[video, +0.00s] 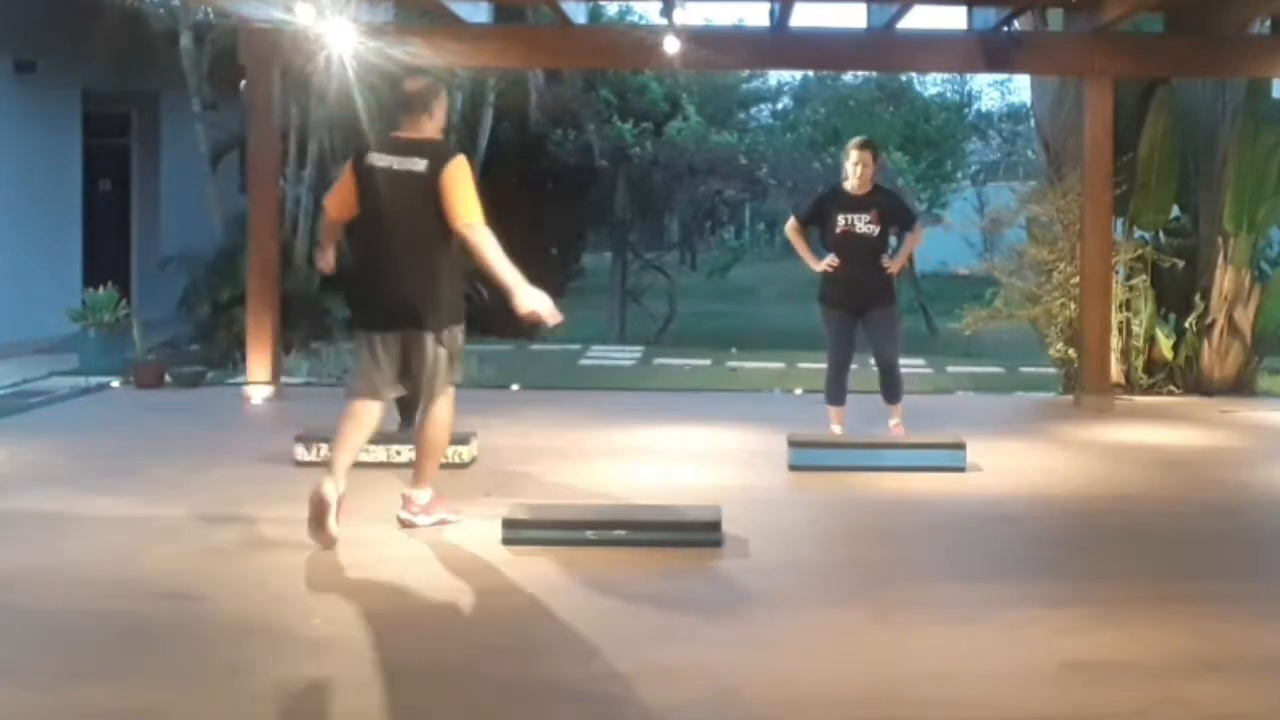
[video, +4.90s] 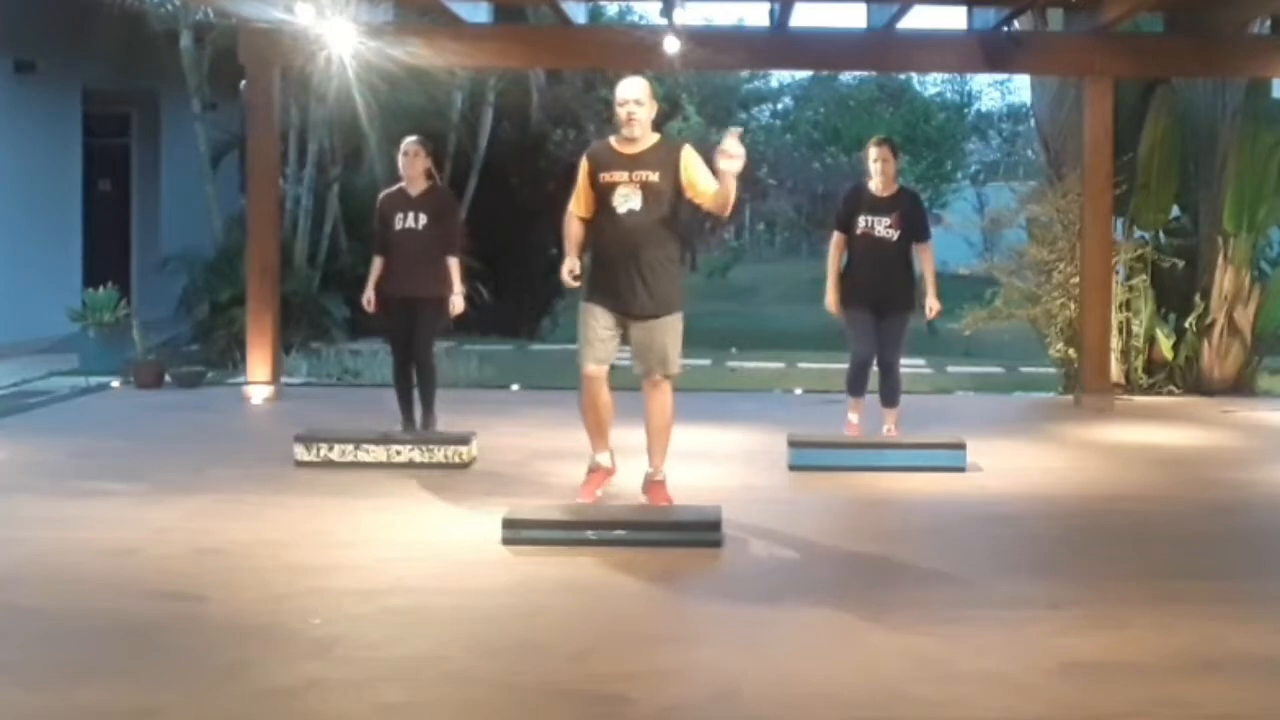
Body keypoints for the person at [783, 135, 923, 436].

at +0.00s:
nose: (859, 171)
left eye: (865, 165)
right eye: (854, 164)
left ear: (875, 167)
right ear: (846, 165)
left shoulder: (886, 199)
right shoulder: (828, 199)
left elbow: (915, 228)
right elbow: (792, 227)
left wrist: (901, 259)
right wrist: (814, 261)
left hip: (877, 286)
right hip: (839, 286)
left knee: (887, 357)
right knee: (839, 357)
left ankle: (896, 420)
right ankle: (837, 426)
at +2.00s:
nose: (874, 160)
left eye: (879, 155)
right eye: (869, 155)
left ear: (888, 159)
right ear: (860, 159)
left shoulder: (904, 198)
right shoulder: (847, 198)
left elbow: (915, 245)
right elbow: (834, 245)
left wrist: (920, 288)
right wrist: (830, 287)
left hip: (893, 292)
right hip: (855, 292)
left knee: (886, 359)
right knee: (857, 359)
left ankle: (888, 425)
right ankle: (858, 425)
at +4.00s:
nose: (880, 173)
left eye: (885, 167)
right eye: (875, 167)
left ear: (896, 168)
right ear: (868, 167)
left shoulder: (909, 201)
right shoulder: (853, 198)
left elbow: (919, 250)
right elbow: (834, 241)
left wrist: (925, 294)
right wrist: (829, 285)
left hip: (896, 293)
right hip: (857, 291)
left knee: (887, 359)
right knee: (864, 353)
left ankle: (888, 422)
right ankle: (856, 414)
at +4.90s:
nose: (879, 166)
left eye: (884, 160)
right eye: (874, 161)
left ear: (896, 163)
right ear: (867, 165)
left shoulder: (910, 201)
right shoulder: (854, 197)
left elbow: (924, 248)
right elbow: (838, 242)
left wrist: (931, 293)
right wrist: (831, 286)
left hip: (896, 293)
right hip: (857, 291)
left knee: (889, 360)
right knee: (863, 353)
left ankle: (890, 424)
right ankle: (854, 413)